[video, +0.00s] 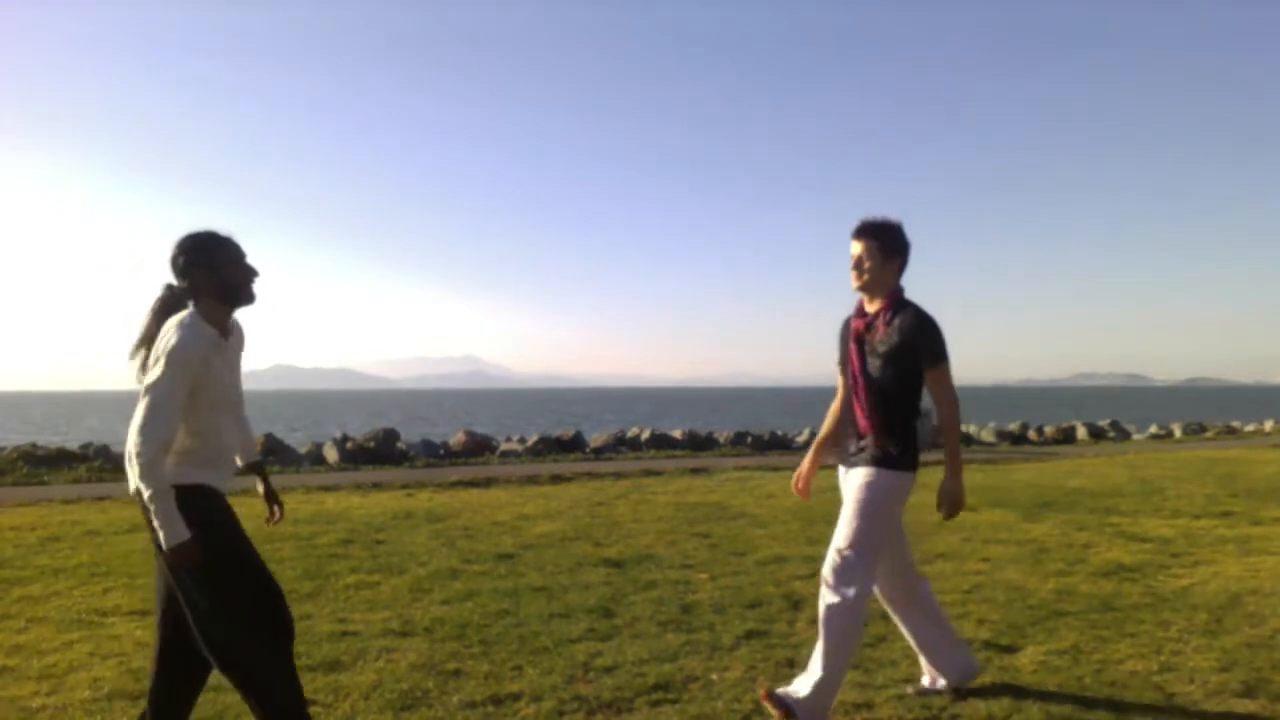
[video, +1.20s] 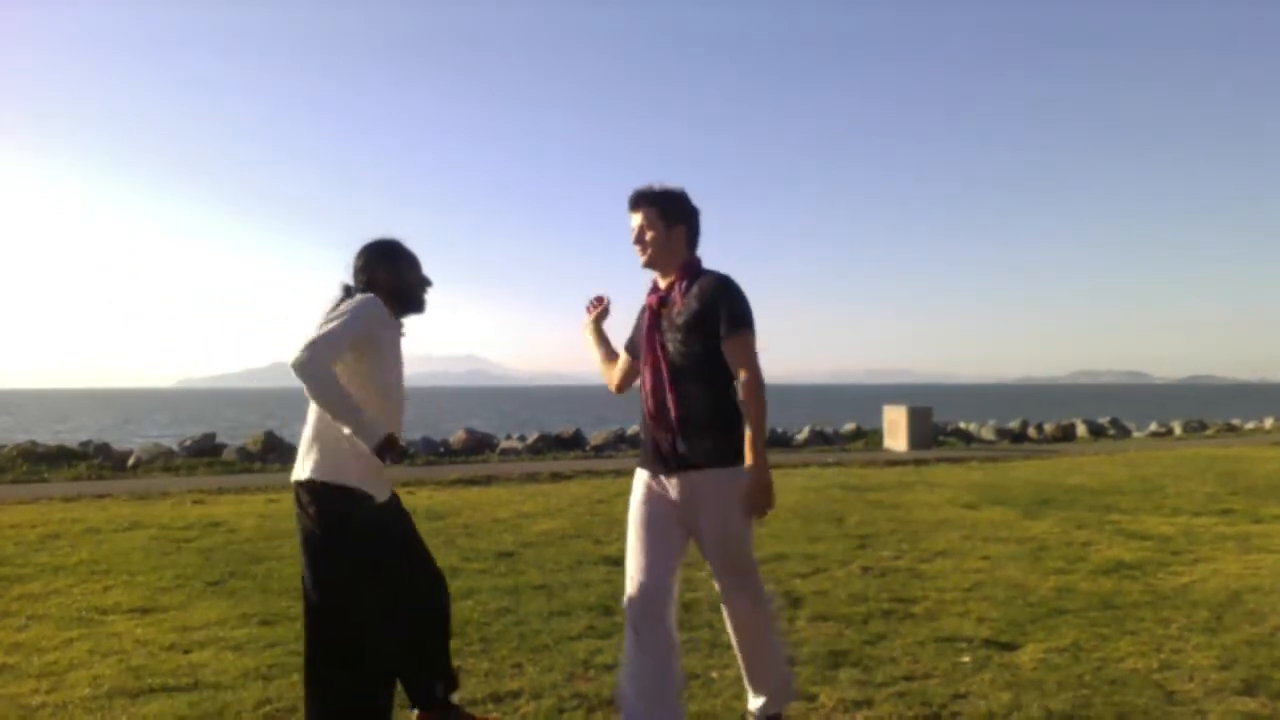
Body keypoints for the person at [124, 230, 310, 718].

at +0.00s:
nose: (253, 271)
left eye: (246, 262)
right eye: (239, 263)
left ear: (214, 276)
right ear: (205, 275)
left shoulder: (231, 334)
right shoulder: (185, 337)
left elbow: (231, 411)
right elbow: (142, 450)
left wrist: (259, 475)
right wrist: (173, 532)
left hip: (206, 494)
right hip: (182, 497)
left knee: (185, 641)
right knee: (263, 619)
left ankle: (163, 711)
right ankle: (288, 711)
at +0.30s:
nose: (297, 276)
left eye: (290, 265)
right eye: (283, 267)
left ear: (264, 281)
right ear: (253, 282)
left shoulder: (292, 340)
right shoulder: (219, 352)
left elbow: (301, 416)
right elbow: (169, 453)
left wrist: (325, 482)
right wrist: (186, 534)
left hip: (256, 503)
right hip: (219, 504)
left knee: (225, 637)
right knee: (299, 611)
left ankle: (186, 711)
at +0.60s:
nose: (351, 271)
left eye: (346, 260)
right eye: (338, 261)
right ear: (307, 272)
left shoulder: (348, 339)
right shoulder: (259, 341)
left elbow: (352, 420)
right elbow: (212, 437)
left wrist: (366, 487)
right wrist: (226, 516)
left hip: (314, 503)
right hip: (269, 500)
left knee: (281, 637)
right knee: (339, 622)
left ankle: (191, 705)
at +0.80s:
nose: (382, 269)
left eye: (377, 259)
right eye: (369, 258)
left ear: (353, 271)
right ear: (334, 269)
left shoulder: (371, 342)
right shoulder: (288, 329)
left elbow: (357, 424)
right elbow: (242, 422)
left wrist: (371, 492)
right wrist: (255, 506)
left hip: (343, 507)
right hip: (294, 504)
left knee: (354, 628)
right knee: (314, 628)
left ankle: (246, 687)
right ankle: (247, 687)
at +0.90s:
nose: (396, 270)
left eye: (391, 260)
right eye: (381, 259)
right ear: (346, 267)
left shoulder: (378, 344)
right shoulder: (304, 323)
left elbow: (351, 426)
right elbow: (254, 417)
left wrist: (364, 492)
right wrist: (274, 503)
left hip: (359, 514)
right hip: (308, 510)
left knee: (377, 621)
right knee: (319, 638)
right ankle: (293, 705)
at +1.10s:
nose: (416, 277)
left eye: (412, 268)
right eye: (405, 266)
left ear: (373, 275)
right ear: (371, 273)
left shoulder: (375, 331)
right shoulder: (343, 311)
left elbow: (342, 403)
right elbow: (283, 382)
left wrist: (366, 475)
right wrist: (326, 469)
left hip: (367, 499)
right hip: (328, 500)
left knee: (417, 597)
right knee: (342, 626)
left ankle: (405, 705)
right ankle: (345, 709)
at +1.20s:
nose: (426, 279)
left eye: (421, 269)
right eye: (414, 268)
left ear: (383, 275)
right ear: (383, 273)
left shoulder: (382, 323)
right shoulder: (366, 308)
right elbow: (309, 361)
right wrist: (370, 430)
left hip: (366, 487)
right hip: (334, 487)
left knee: (425, 591)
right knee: (348, 616)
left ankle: (434, 702)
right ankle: (350, 711)